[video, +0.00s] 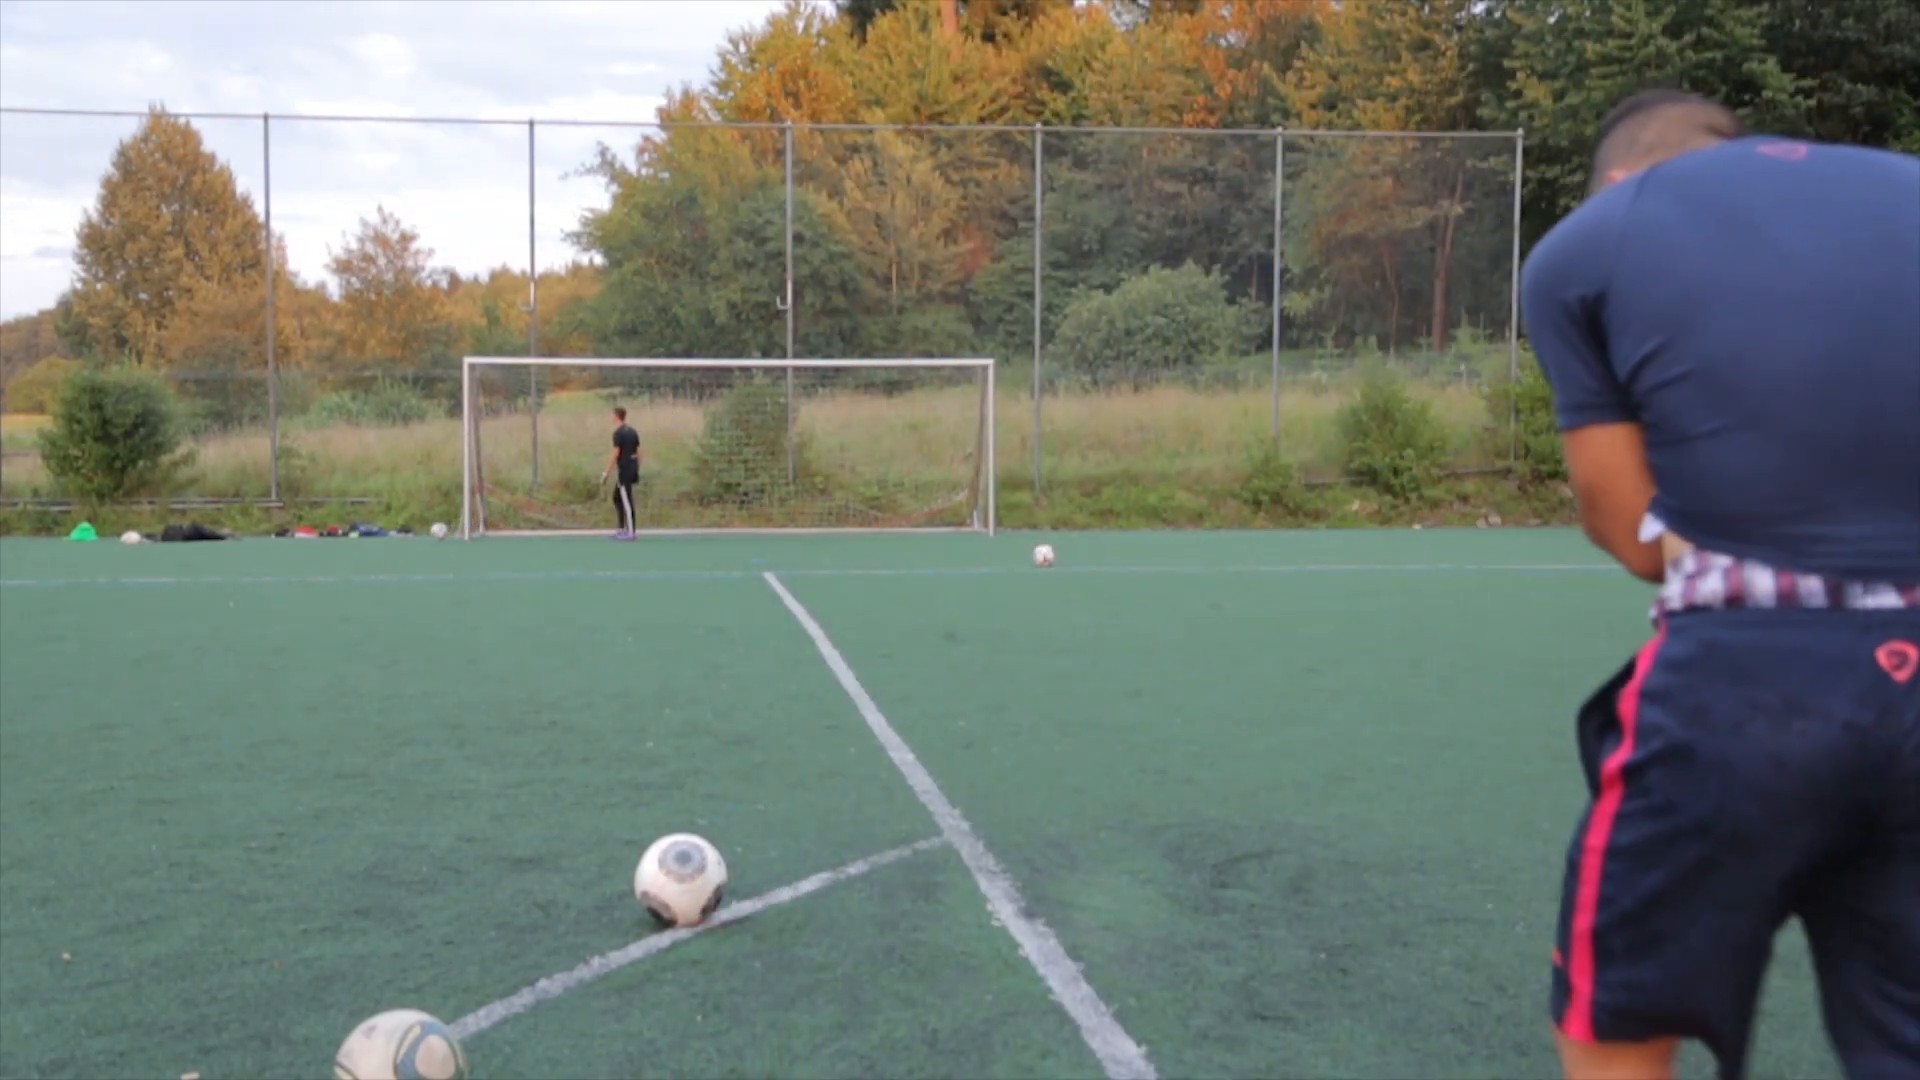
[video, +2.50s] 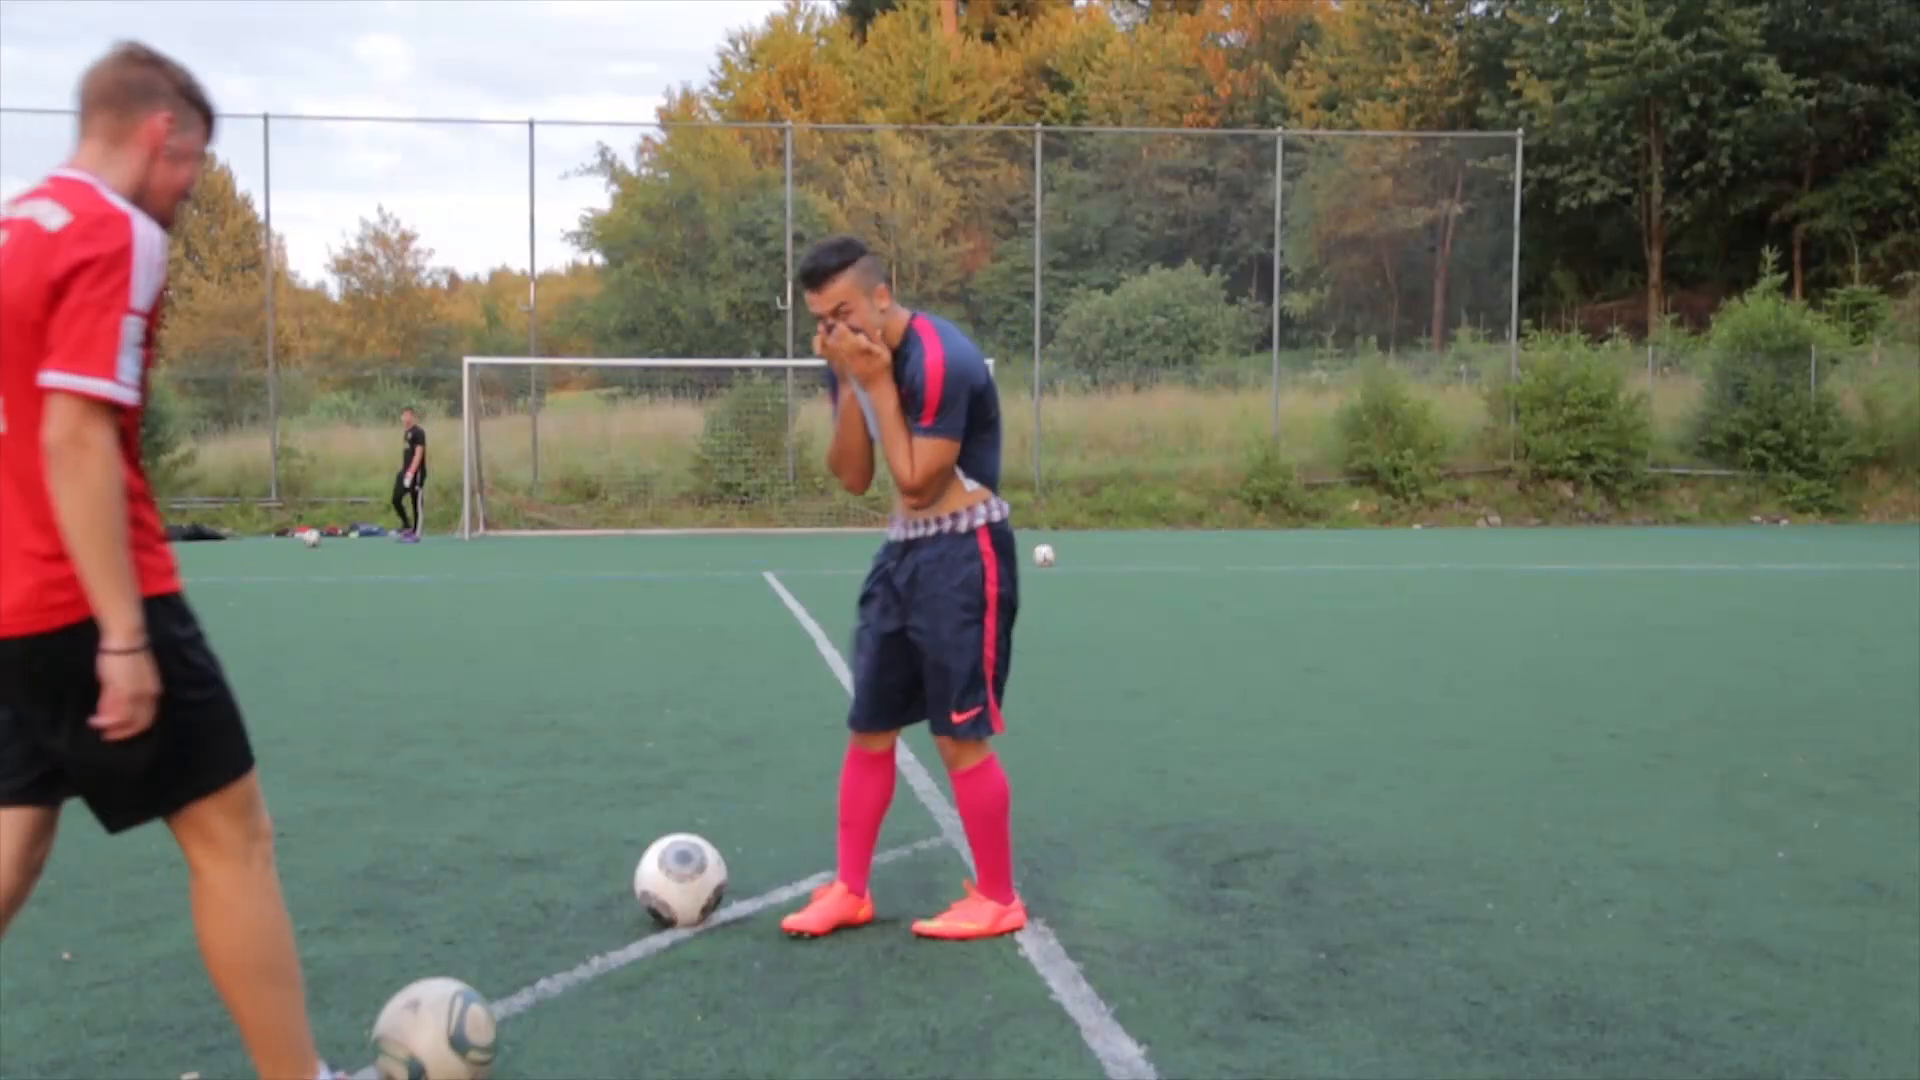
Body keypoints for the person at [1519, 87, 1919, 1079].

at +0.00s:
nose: (1602, 219)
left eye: (1597, 204)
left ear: (1614, 185)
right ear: (1741, 142)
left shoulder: (1581, 250)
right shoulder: (1900, 181)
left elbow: (1626, 525)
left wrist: (1756, 572)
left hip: (1738, 669)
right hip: (1915, 658)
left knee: (1619, 1037)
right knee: (1903, 1045)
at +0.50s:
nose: (1394, 176)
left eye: (1391, 155)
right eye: (1394, 157)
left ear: (1414, 141)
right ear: (1513, 129)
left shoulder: (1377, 249)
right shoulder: (1642, 210)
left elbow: (1404, 469)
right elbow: (1646, 397)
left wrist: (1549, 436)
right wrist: (1476, 462)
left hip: (1512, 618)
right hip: (1660, 608)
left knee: (1552, 968)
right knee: (1613, 908)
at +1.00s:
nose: (1240, 234)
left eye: (1242, 212)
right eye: (1234, 216)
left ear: (1289, 189)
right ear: (1322, 191)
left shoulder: (1295, 277)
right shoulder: (1414, 269)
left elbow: (1254, 461)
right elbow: (1368, 427)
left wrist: (1255, 304)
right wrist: (1270, 297)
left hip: (1335, 580)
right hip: (1439, 584)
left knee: (1231, 807)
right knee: (1421, 851)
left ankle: (1305, 1055)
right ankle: (1446, 1071)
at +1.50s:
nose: (1083, 264)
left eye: (1082, 249)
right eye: (1081, 251)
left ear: (1109, 234)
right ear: (1165, 226)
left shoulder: (1086, 317)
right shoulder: (1246, 295)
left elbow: (1090, 461)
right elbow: (1236, 423)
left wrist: (1098, 339)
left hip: (1161, 567)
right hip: (1250, 562)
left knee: (1178, 801)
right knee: (1214, 763)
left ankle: (1214, 1026)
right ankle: (1208, 948)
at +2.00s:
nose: (954, 291)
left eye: (960, 274)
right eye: (951, 277)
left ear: (1004, 266)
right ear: (1016, 271)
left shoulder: (1021, 338)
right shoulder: (1080, 323)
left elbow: (983, 466)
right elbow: (1042, 434)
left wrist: (985, 351)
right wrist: (987, 342)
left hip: (1049, 555)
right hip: (1108, 552)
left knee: (978, 725)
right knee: (1083, 734)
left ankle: (1019, 898)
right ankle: (1129, 919)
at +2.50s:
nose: (841, 333)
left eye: (847, 314)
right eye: (828, 321)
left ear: (886, 298)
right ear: (825, 323)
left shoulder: (945, 359)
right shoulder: (860, 362)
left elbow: (918, 481)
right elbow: (855, 478)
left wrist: (875, 385)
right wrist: (848, 384)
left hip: (964, 554)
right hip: (903, 553)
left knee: (962, 734)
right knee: (871, 727)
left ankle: (997, 897)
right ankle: (850, 888)